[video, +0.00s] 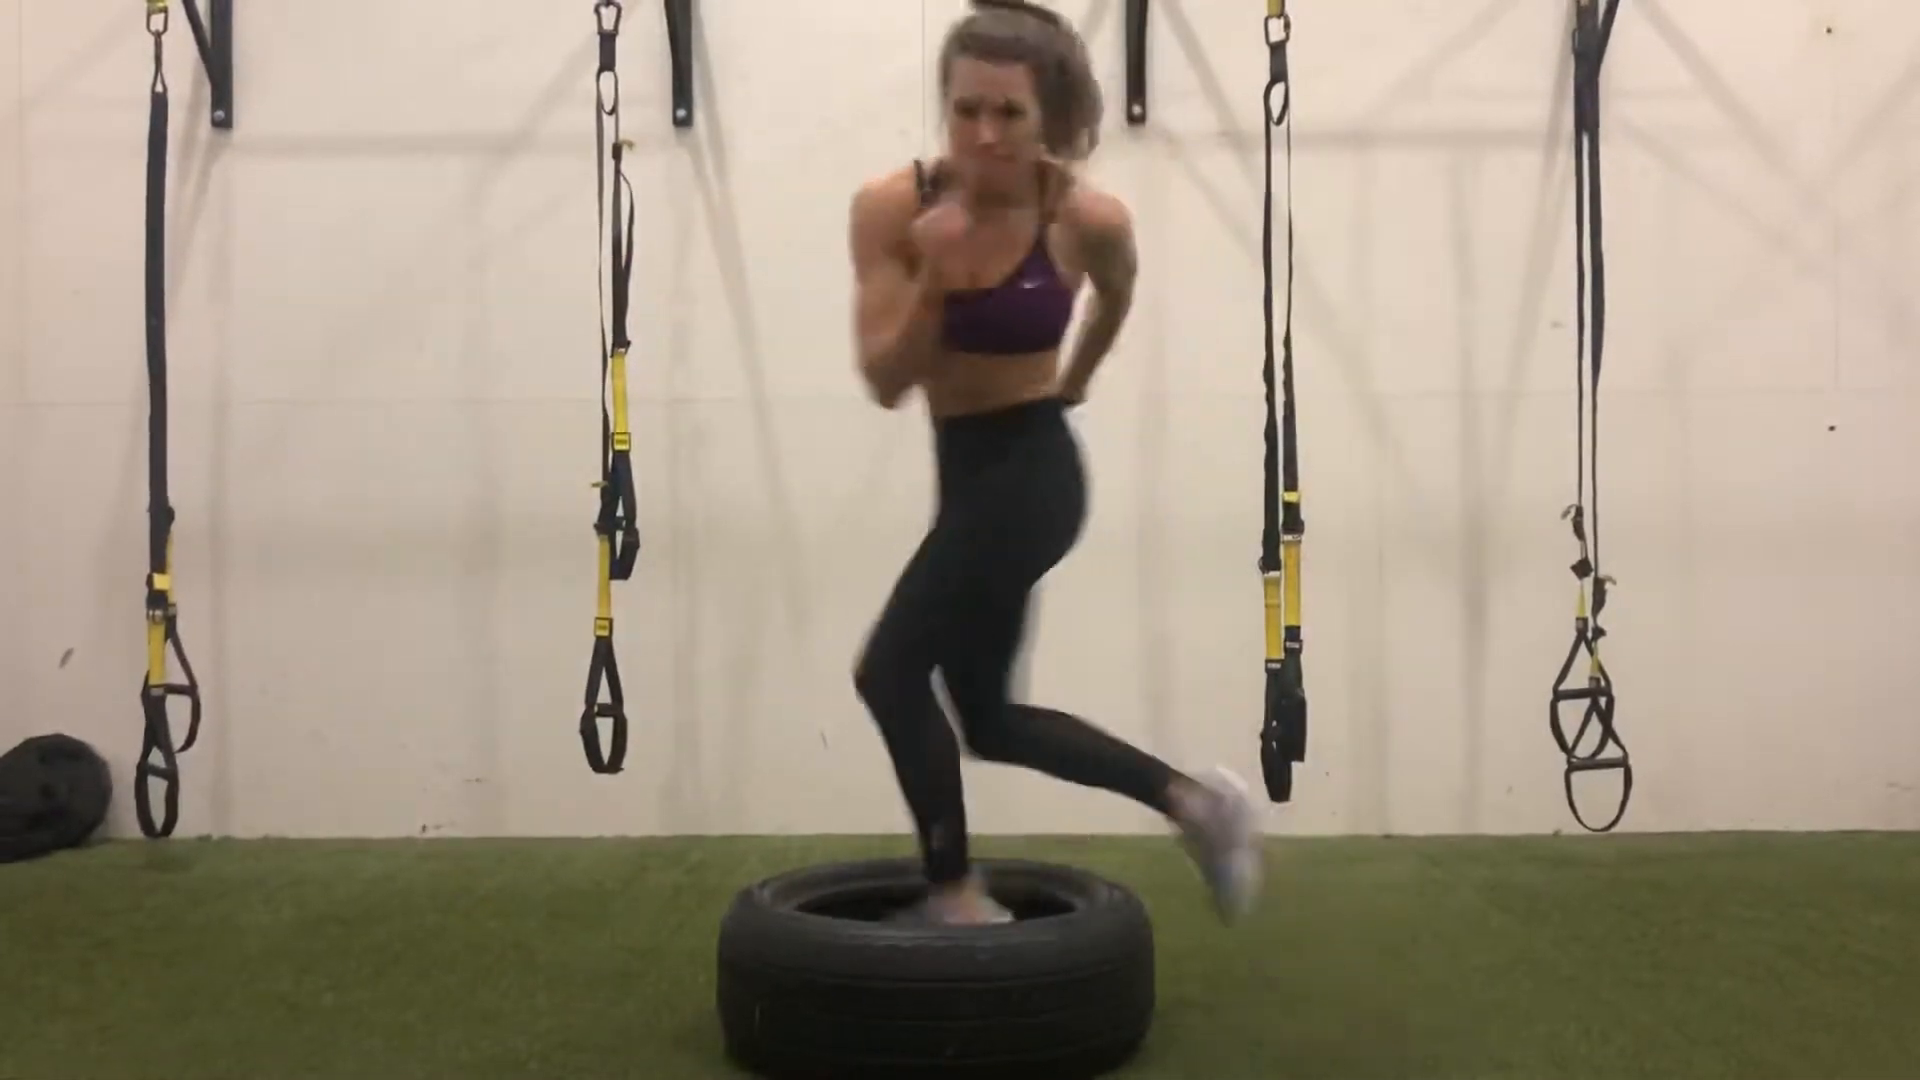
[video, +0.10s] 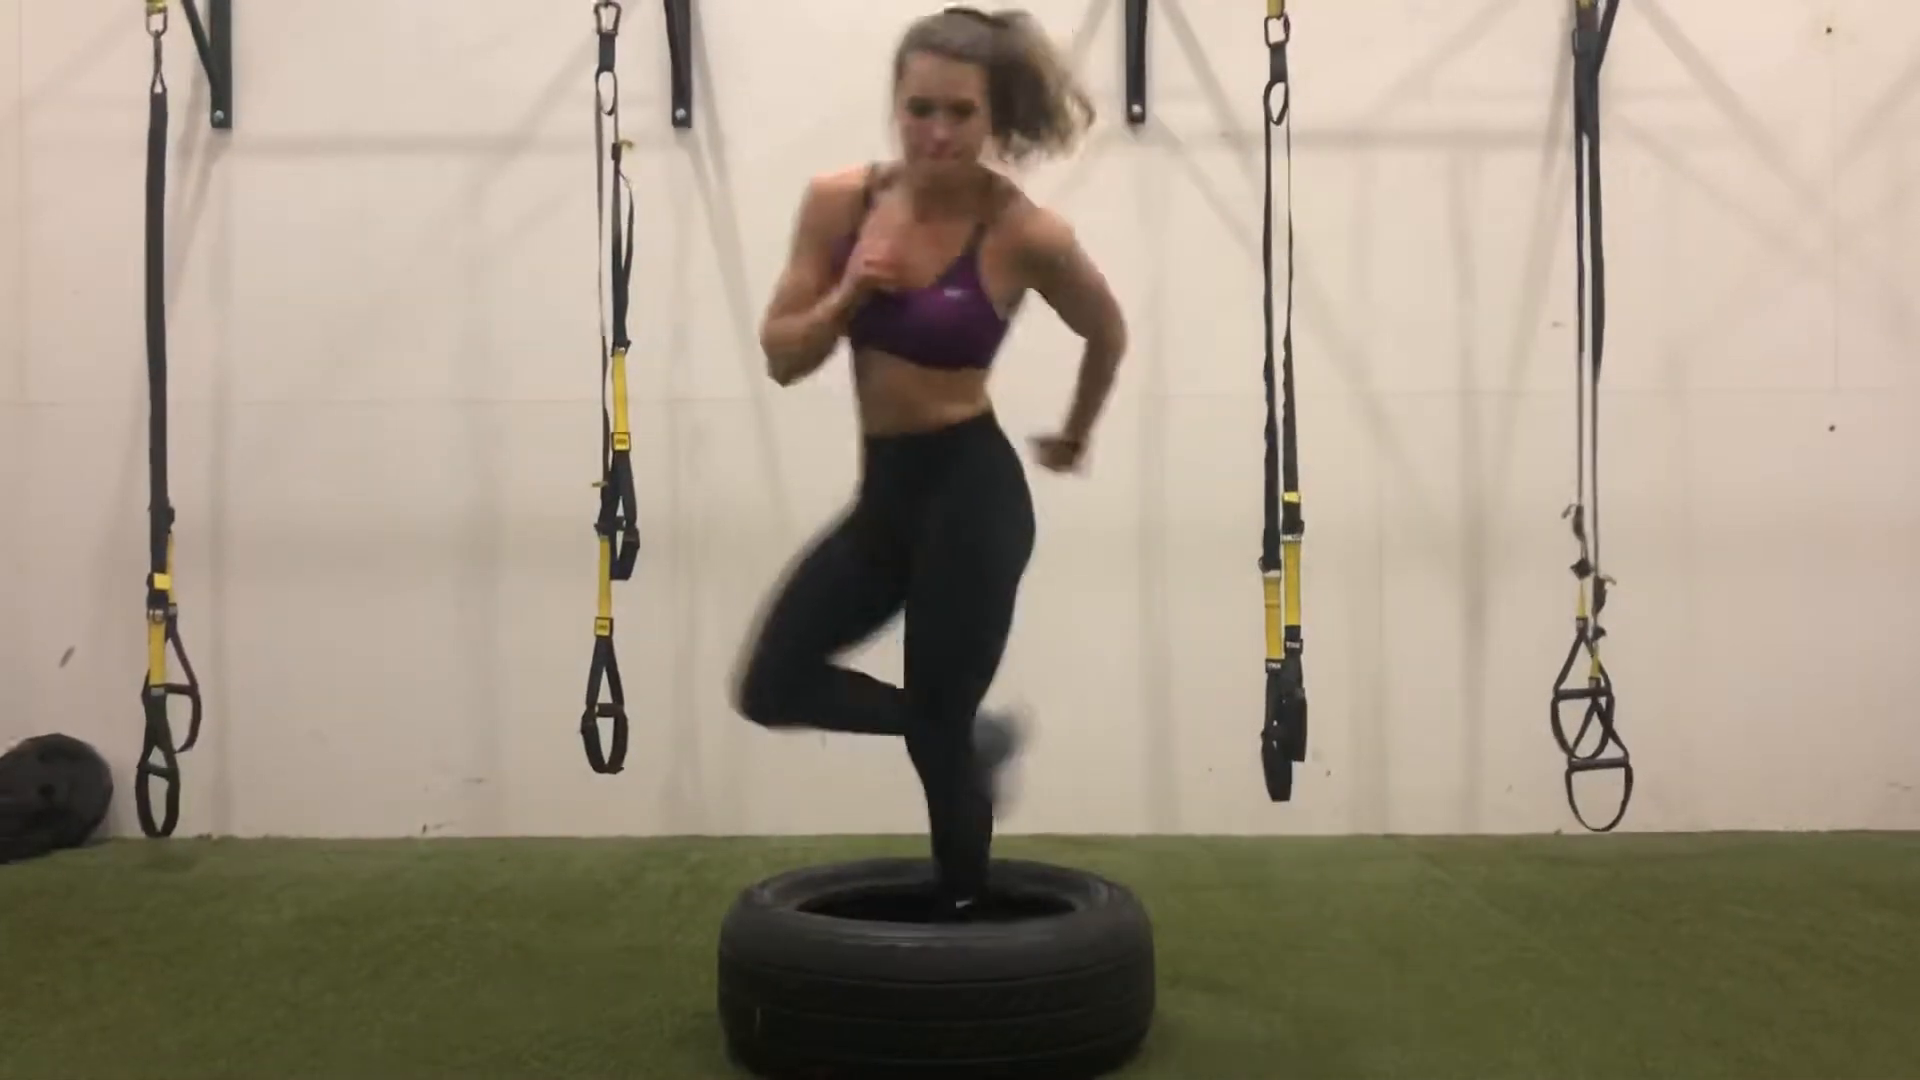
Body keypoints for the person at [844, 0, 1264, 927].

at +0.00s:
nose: (983, 134)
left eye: (1006, 113)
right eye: (966, 111)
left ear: (1051, 118)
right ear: (944, 109)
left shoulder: (1087, 222)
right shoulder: (891, 208)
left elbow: (1114, 297)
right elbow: (884, 383)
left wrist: (1073, 378)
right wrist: (933, 283)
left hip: (1032, 477)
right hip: (970, 481)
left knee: (889, 677)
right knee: (987, 722)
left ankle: (956, 899)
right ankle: (1197, 804)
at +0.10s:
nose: (935, 132)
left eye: (958, 112)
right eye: (918, 109)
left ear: (998, 119)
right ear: (895, 108)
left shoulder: (1024, 235)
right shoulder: (841, 202)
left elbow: (1108, 334)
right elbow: (782, 354)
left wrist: (1076, 433)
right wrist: (845, 299)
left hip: (972, 496)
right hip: (887, 496)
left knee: (937, 731)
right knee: (772, 688)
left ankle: (962, 945)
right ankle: (965, 735)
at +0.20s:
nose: (894, 127)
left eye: (916, 108)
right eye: (878, 102)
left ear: (943, 113)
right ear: (846, 97)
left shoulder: (970, 216)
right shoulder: (780, 190)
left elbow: (1094, 322)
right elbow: (731, 355)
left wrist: (1122, 464)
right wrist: (815, 290)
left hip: (915, 453)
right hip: (814, 448)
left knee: (853, 663)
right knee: (710, 665)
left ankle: (945, 882)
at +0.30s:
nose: (863, 176)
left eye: (884, 156)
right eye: (845, 151)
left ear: (914, 155)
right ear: (813, 140)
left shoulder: (929, 258)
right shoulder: (755, 233)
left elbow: (1035, 358)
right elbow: (708, 396)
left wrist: (1054, 436)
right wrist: (819, 339)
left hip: (843, 483)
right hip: (739, 484)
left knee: (776, 572)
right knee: (654, 726)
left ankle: (859, 720)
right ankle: (600, 938)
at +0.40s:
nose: (845, 186)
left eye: (865, 165)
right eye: (827, 162)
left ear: (895, 166)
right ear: (796, 156)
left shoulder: (915, 269)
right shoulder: (746, 250)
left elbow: (949, 391)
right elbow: (685, 408)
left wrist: (929, 442)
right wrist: (736, 490)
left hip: (811, 498)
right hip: (706, 481)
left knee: (765, 648)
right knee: (626, 720)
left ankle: (696, 798)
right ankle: (580, 938)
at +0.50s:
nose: (848, 191)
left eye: (868, 170)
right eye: (830, 168)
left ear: (899, 165)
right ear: (796, 155)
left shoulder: (922, 276)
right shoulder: (735, 257)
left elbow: (940, 424)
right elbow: (628, 365)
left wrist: (894, 448)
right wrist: (539, 483)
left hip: (808, 536)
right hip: (710, 504)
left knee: (731, 784)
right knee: (649, 729)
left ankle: (569, 962)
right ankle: (517, 831)